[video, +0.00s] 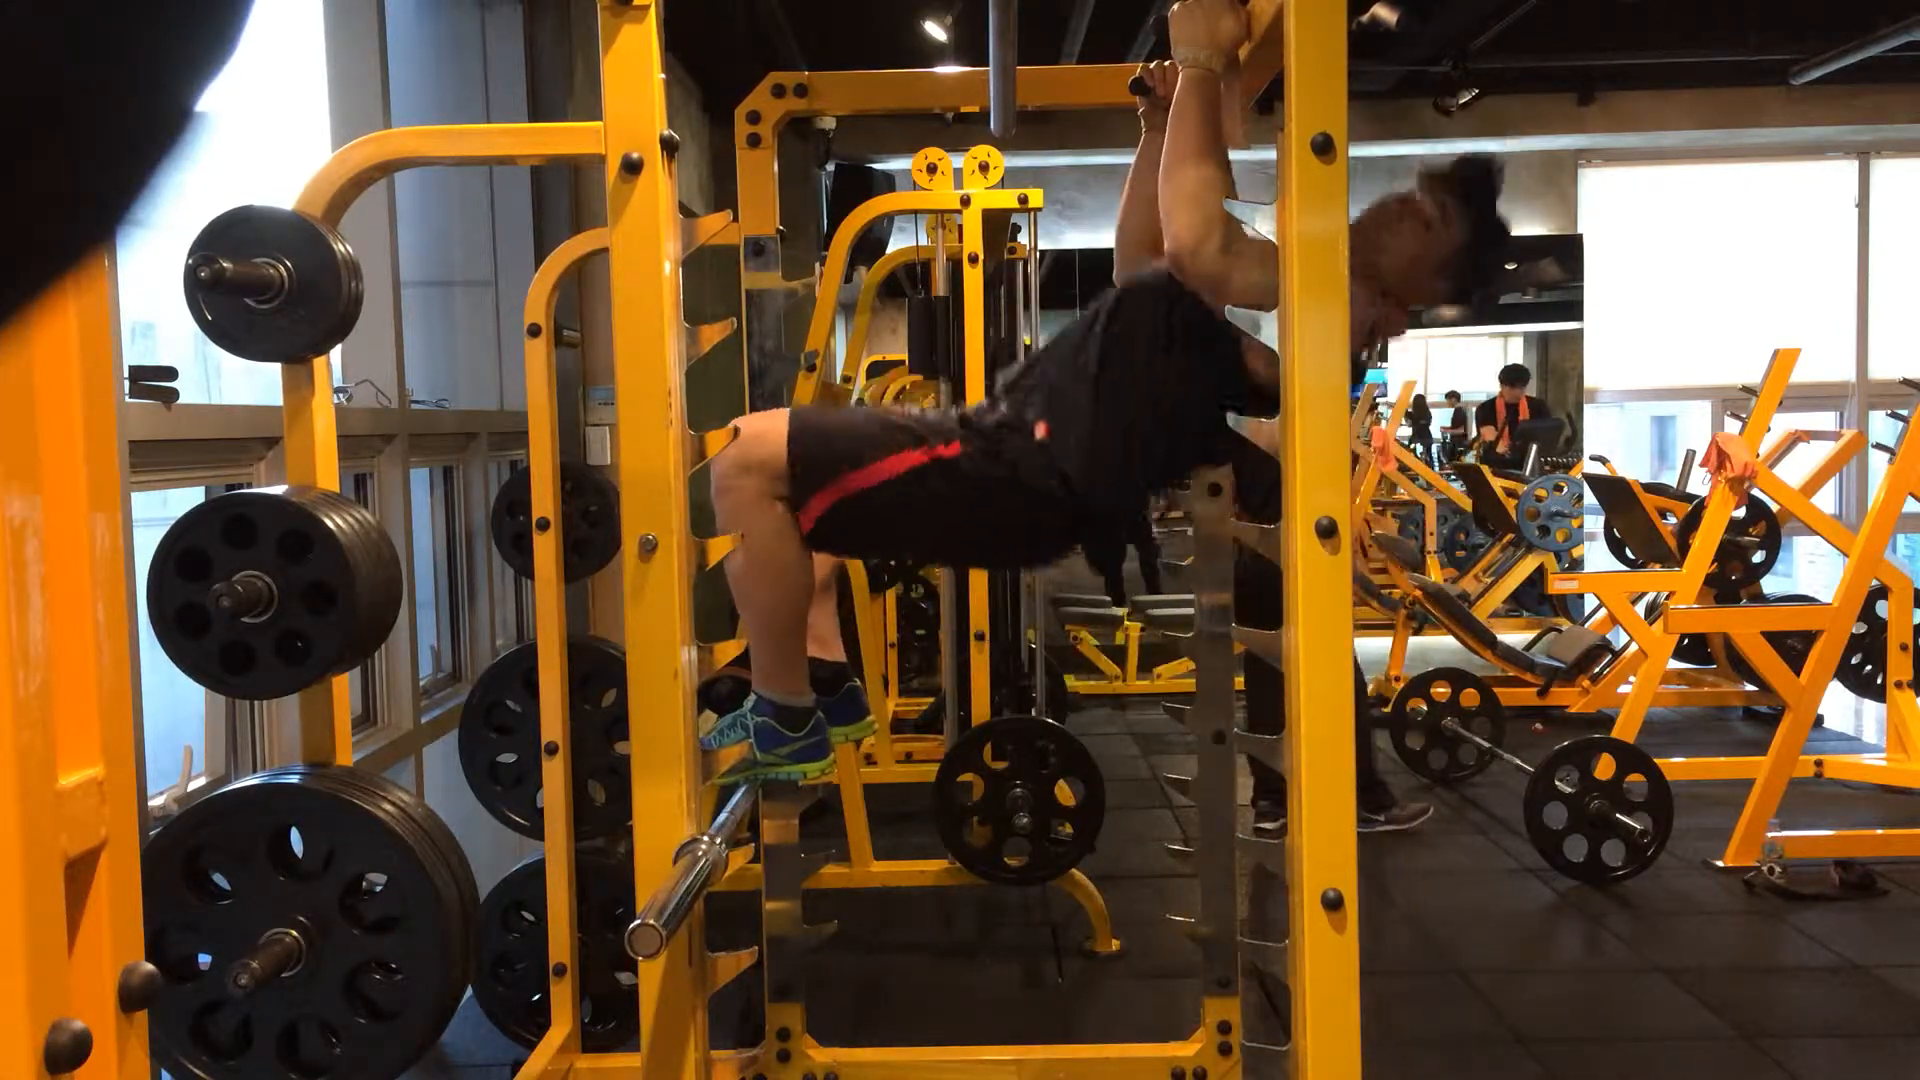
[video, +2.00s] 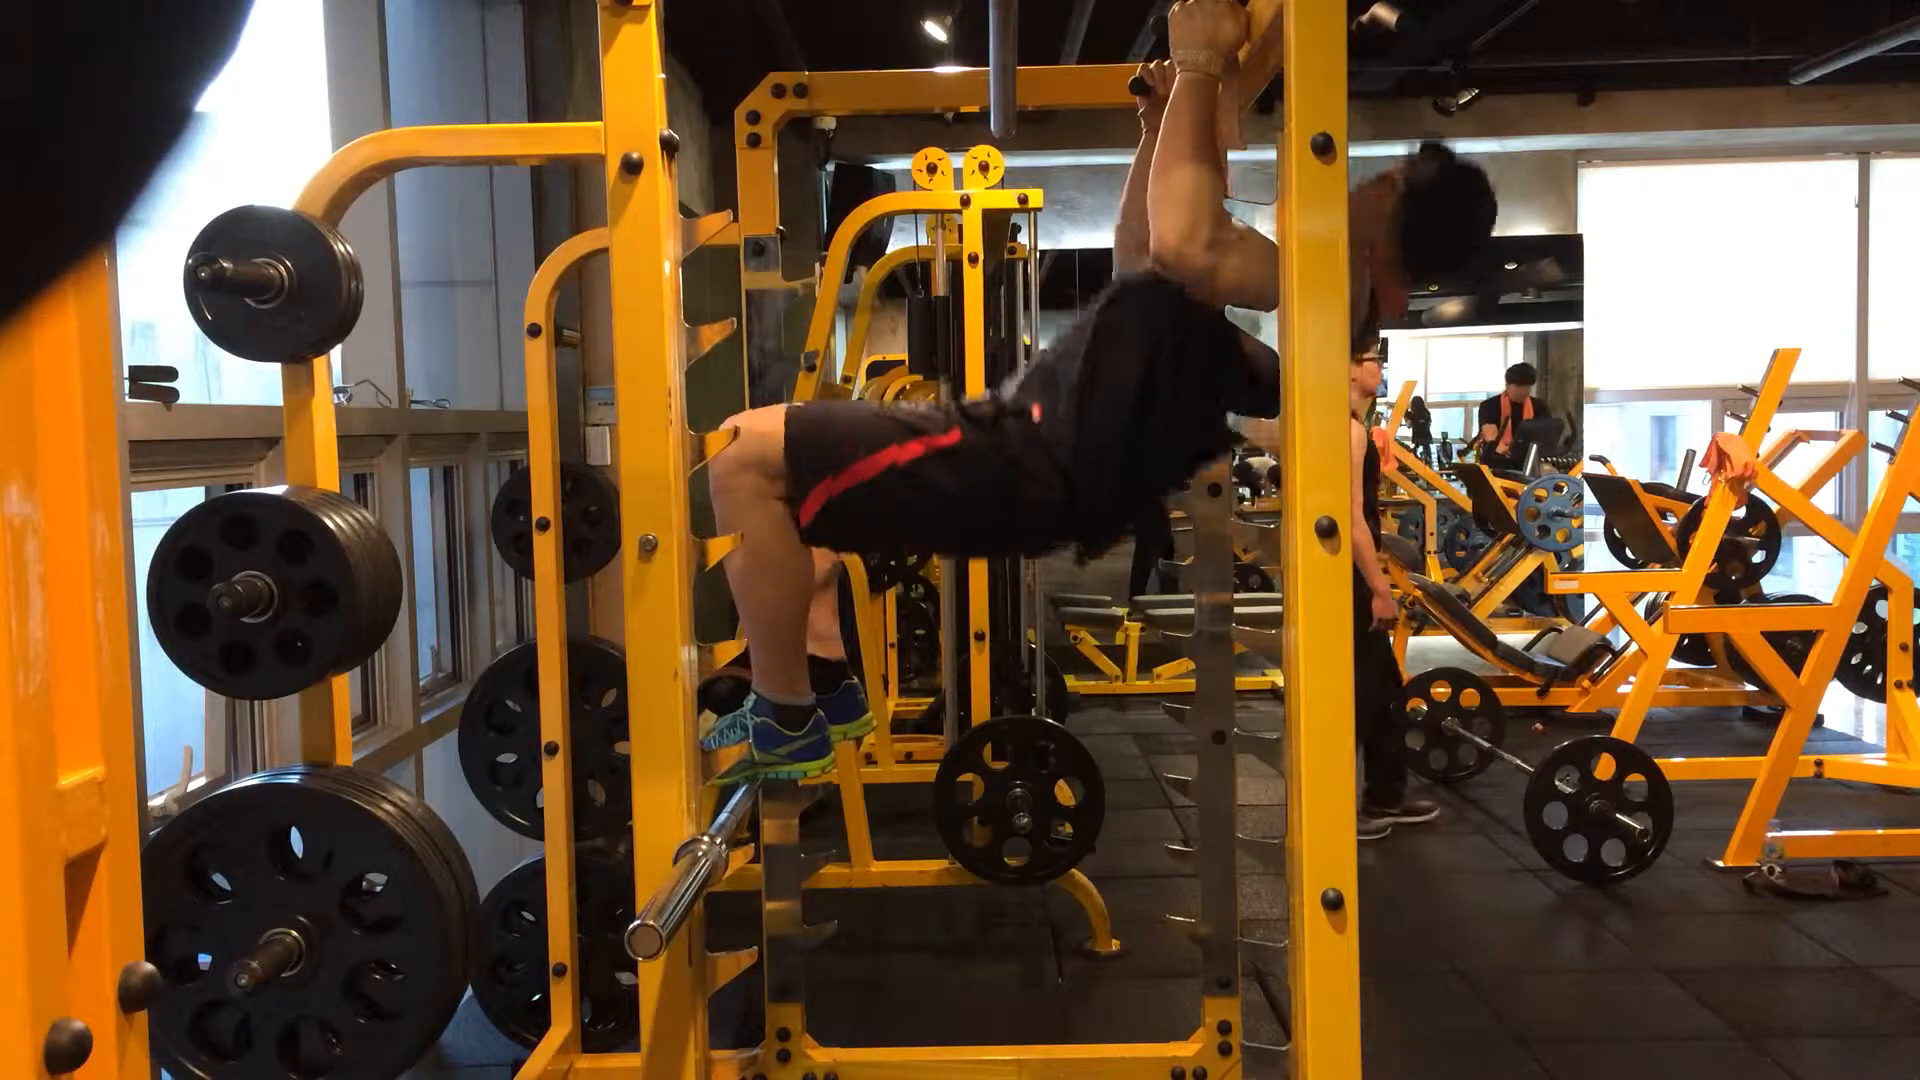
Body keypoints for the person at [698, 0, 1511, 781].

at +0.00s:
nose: (1390, 207)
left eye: (1413, 214)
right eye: (1403, 200)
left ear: (1429, 274)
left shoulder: (1345, 311)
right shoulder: (1316, 319)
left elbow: (1206, 260)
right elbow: (1142, 277)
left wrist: (1209, 69)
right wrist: (1157, 126)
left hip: (1036, 478)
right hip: (1026, 439)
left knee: (748, 469)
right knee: (772, 438)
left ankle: (783, 719)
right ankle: (819, 671)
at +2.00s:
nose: (1361, 181)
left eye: (1380, 181)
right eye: (1375, 175)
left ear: (1389, 219)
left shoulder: (1337, 294)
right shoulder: (1331, 301)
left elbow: (1195, 252)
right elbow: (1143, 260)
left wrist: (1208, 71)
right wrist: (1162, 117)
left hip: (1043, 464)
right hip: (1046, 439)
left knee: (744, 460)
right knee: (775, 433)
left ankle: (783, 716)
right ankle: (822, 668)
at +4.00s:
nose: (1349, 44)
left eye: (1374, 51)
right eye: (1364, 35)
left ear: (1402, 120)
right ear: (1364, 87)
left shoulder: (1326, 216)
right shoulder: (1292, 154)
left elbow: (1190, 237)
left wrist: (1203, 66)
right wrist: (1196, 91)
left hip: (1060, 389)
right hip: (1042, 367)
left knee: (755, 453)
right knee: (786, 439)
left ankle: (786, 713)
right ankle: (822, 673)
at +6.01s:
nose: (1334, 127)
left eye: (1360, 126)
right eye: (1344, 109)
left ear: (1395, 172)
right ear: (1327, 116)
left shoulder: (1335, 255)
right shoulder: (1305, 213)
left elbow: (1170, 239)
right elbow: (1176, 200)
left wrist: (1195, 74)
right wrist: (1194, 94)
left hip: (1033, 417)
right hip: (1008, 375)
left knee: (726, 475)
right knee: (732, 434)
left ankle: (779, 711)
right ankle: (818, 669)